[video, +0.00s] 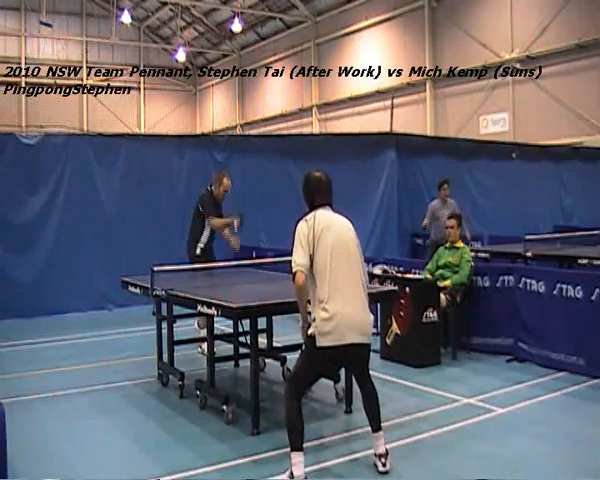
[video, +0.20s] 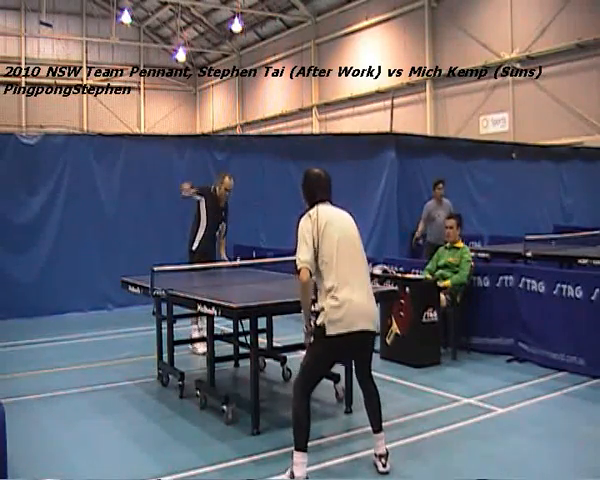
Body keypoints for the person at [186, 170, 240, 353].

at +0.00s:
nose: (225, 193)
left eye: (227, 189)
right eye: (224, 188)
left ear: (224, 187)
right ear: (216, 185)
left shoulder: (217, 200)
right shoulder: (206, 198)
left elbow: (219, 225)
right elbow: (214, 222)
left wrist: (230, 238)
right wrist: (232, 220)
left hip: (208, 249)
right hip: (198, 250)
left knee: (212, 286)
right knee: (206, 291)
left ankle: (202, 320)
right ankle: (204, 339)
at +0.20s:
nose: (227, 193)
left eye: (229, 190)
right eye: (225, 189)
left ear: (230, 191)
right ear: (218, 186)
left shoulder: (224, 204)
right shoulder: (206, 193)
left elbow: (222, 231)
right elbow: (189, 192)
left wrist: (222, 253)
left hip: (210, 251)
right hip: (197, 250)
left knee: (208, 291)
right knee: (198, 292)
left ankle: (202, 330)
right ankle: (195, 333)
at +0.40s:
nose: (222, 182)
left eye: (225, 179)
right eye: (220, 178)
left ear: (227, 181)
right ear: (214, 177)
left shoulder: (225, 201)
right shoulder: (205, 193)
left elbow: (225, 227)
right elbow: (183, 198)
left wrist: (224, 249)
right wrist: (186, 221)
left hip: (213, 248)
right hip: (199, 247)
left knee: (212, 286)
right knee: (198, 288)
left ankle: (206, 326)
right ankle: (198, 327)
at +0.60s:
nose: (214, 179)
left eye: (217, 176)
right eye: (211, 176)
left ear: (220, 177)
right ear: (206, 177)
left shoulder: (223, 198)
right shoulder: (199, 197)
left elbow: (227, 224)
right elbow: (181, 213)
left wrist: (227, 244)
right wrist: (185, 228)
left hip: (217, 252)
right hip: (201, 252)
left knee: (214, 292)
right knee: (202, 293)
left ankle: (210, 332)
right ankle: (207, 334)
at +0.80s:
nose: (207, 170)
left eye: (210, 167)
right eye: (204, 167)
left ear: (213, 167)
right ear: (200, 169)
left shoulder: (221, 189)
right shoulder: (196, 192)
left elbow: (229, 211)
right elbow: (186, 210)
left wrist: (230, 231)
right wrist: (180, 214)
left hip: (221, 239)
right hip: (204, 240)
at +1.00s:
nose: (202, 187)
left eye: (204, 183)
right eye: (199, 184)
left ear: (209, 184)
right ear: (195, 185)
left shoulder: (221, 203)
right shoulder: (198, 208)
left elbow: (235, 222)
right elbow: (194, 234)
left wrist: (233, 243)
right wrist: (186, 244)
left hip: (224, 257)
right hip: (207, 257)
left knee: (233, 295)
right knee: (199, 297)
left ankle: (249, 334)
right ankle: (199, 339)